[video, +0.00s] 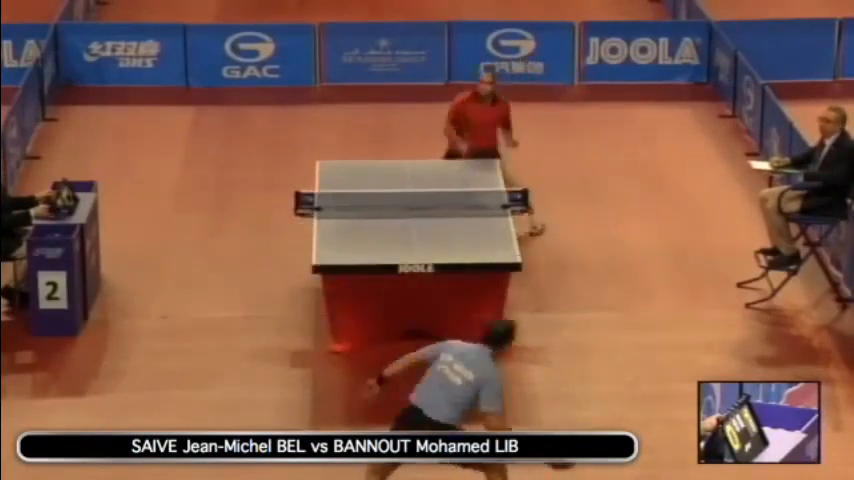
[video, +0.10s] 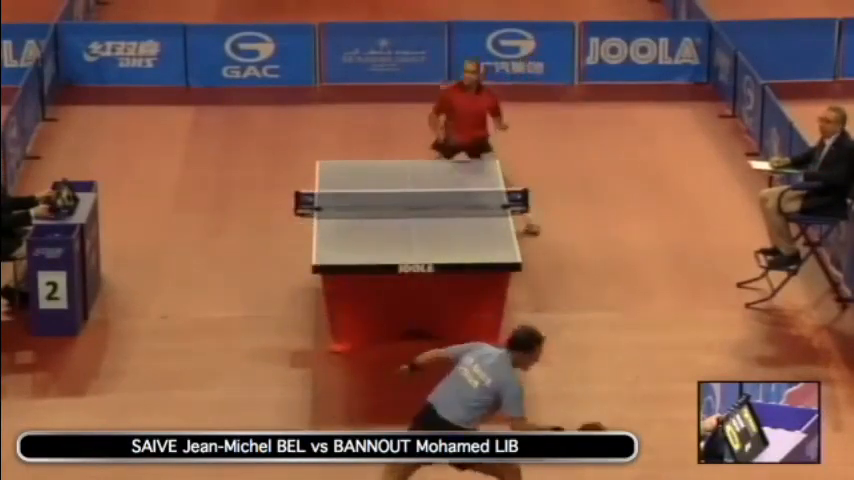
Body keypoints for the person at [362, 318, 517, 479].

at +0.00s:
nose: (511, 350)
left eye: (510, 344)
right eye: (511, 345)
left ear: (486, 335)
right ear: (505, 347)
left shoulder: (453, 346)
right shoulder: (490, 373)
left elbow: (412, 358)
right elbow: (493, 422)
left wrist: (381, 378)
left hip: (411, 417)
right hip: (442, 430)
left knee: (379, 469)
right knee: (495, 467)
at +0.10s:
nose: (537, 359)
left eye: (538, 353)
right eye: (536, 353)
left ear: (513, 345)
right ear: (524, 352)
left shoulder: (480, 349)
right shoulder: (510, 381)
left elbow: (438, 353)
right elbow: (518, 426)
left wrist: (414, 365)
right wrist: (550, 430)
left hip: (426, 420)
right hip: (454, 435)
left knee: (397, 471)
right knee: (510, 472)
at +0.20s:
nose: (555, 369)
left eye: (557, 363)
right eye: (553, 362)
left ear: (535, 352)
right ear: (538, 356)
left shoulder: (505, 352)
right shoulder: (530, 385)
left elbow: (464, 355)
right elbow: (551, 426)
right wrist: (585, 411)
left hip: (442, 420)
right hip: (466, 437)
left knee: (427, 474)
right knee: (519, 476)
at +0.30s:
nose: (560, 351)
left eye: (560, 346)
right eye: (559, 347)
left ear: (532, 340)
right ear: (553, 352)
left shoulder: (513, 348)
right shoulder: (536, 383)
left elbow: (485, 355)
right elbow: (552, 425)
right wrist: (586, 411)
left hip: (452, 420)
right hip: (477, 438)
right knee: (520, 475)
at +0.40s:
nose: (556, 340)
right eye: (555, 337)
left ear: (527, 334)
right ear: (552, 345)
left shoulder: (511, 346)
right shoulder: (537, 376)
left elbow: (489, 357)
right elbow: (545, 427)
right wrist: (582, 425)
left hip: (462, 423)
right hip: (489, 439)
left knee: (481, 475)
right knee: (540, 476)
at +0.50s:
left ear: (529, 335)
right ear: (556, 343)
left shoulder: (515, 349)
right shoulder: (550, 384)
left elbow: (488, 375)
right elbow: (549, 434)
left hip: (484, 433)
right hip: (517, 443)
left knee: (482, 475)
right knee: (559, 476)